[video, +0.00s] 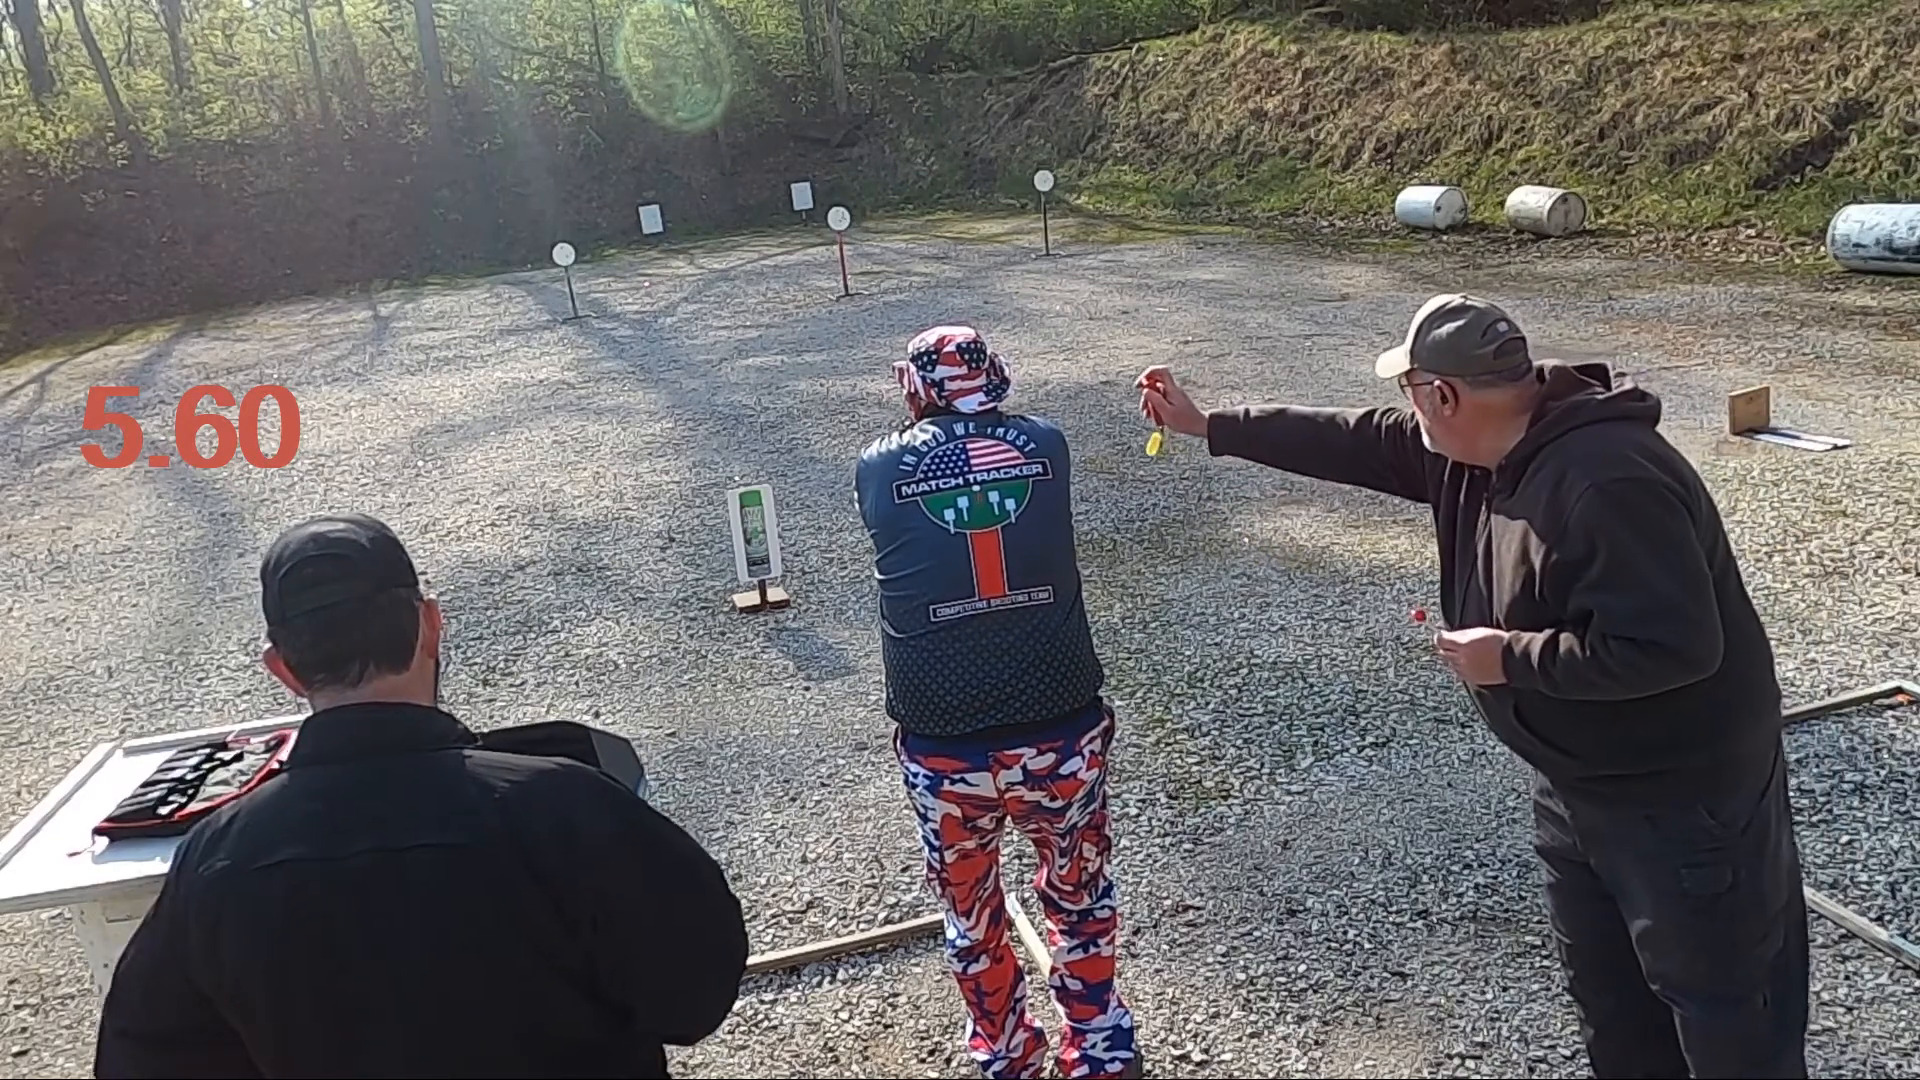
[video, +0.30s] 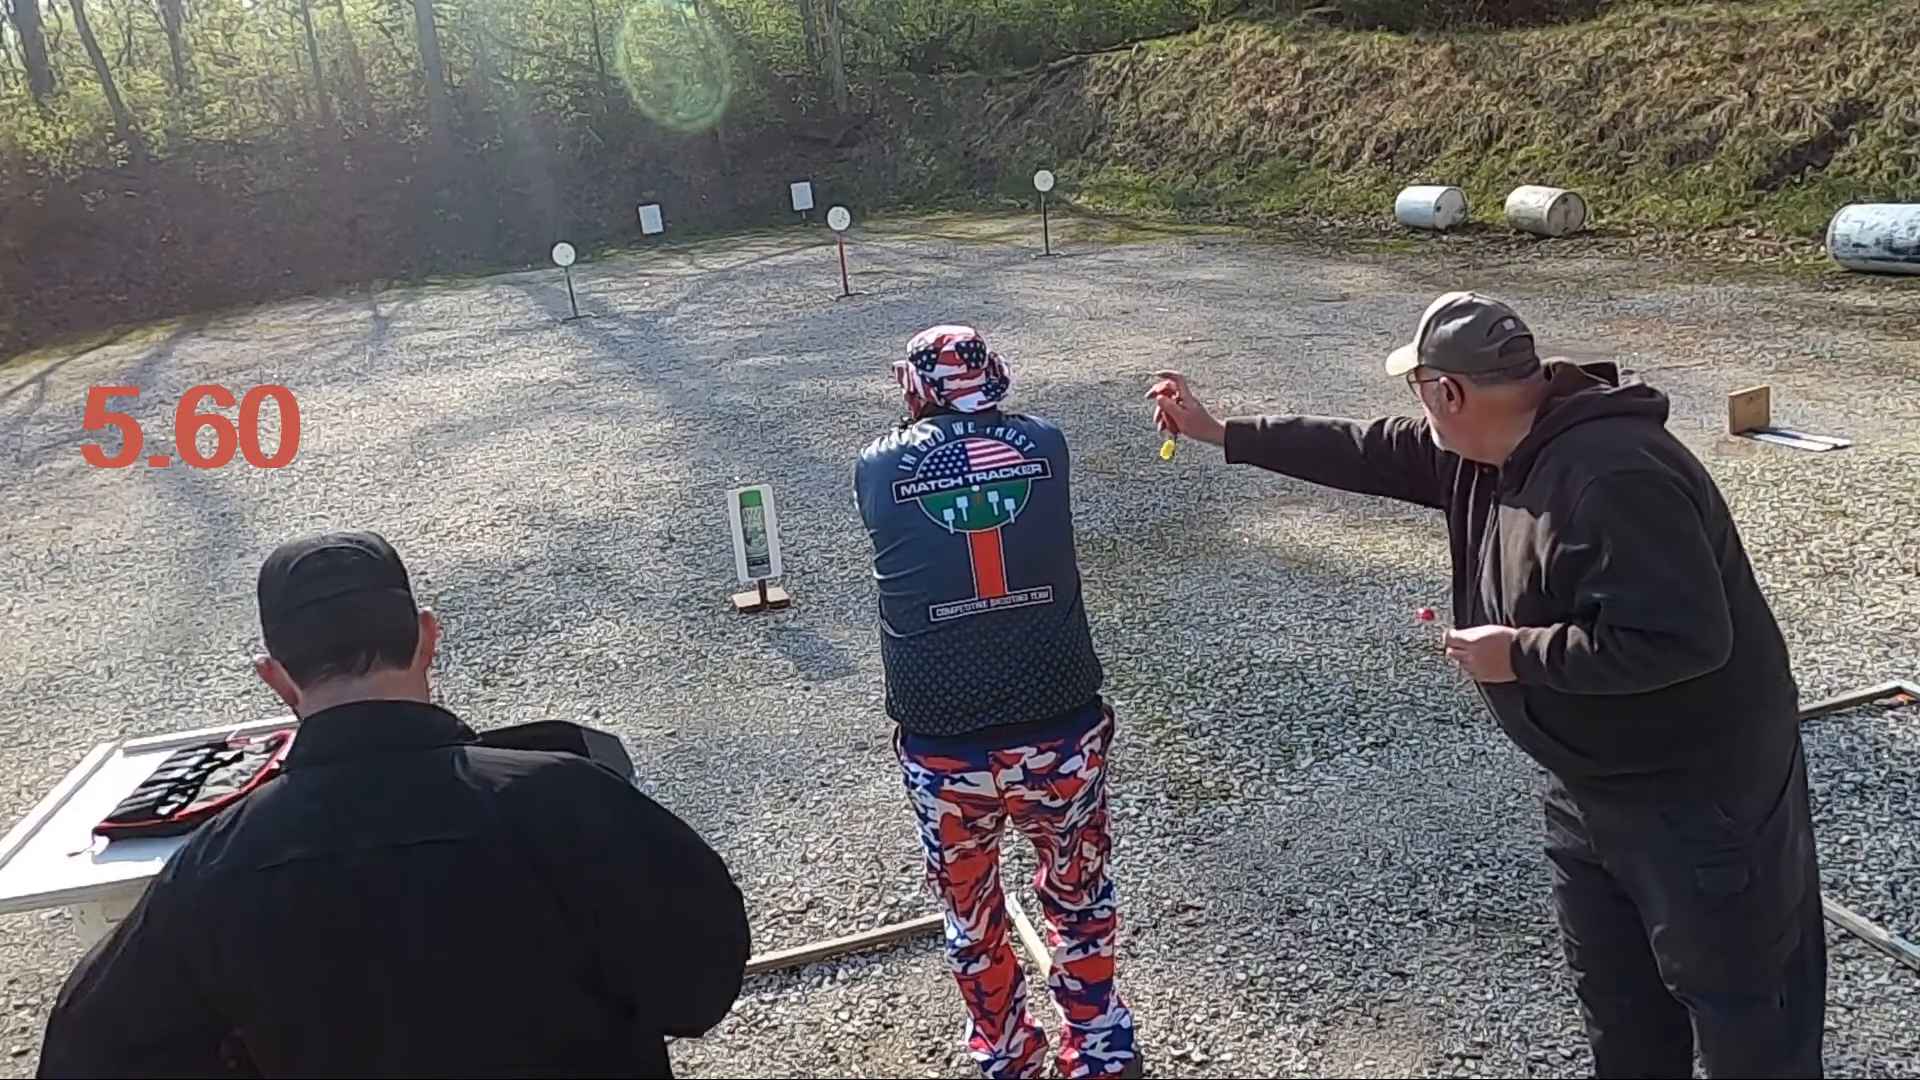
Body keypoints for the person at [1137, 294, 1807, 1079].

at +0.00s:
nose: (1409, 408)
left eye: (1410, 393)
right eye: (1407, 394)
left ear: (1446, 397)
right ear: (1478, 387)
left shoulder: (1610, 485)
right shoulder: (1472, 457)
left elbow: (1675, 648)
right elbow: (1355, 442)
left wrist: (1511, 656)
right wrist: (1207, 424)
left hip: (1692, 805)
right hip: (1582, 794)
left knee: (1730, 1032)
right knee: (1619, 1025)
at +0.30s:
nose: (1418, 407)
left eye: (1419, 392)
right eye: (1416, 393)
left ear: (1451, 395)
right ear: (1493, 383)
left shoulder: (1616, 478)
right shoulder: (1480, 458)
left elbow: (1684, 638)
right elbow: (1364, 451)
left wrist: (1520, 653)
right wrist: (1216, 429)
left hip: (1709, 805)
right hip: (1592, 795)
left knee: (1746, 1033)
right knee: (1626, 1026)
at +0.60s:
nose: (1457, 408)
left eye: (1455, 391)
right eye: (1453, 392)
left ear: (1483, 397)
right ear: (1549, 375)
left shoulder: (1629, 491)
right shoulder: (1558, 466)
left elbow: (1682, 658)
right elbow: (1496, 529)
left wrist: (1527, 659)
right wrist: (1365, 520)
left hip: (1725, 815)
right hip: (1621, 800)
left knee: (1784, 1050)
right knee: (1638, 1036)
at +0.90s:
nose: (1532, 422)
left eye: (1533, 405)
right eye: (1532, 404)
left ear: (1564, 413)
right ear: (1634, 390)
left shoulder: (1696, 520)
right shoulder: (1657, 470)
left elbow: (1740, 705)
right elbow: (1647, 587)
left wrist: (1585, 687)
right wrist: (1537, 579)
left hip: (1791, 848)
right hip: (1681, 819)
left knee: (1829, 1062)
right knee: (1657, 1038)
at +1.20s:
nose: (1611, 426)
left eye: (1612, 409)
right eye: (1608, 409)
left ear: (1649, 416)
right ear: (1728, 392)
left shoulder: (1795, 531)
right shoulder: (1733, 488)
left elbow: (1838, 725)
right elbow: (1715, 603)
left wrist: (1666, 701)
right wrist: (1600, 593)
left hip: (1842, 881)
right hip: (1747, 855)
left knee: (1855, 1064)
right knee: (1698, 1056)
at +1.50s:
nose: (1689, 425)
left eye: (1688, 407)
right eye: (1685, 407)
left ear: (1726, 416)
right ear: (1813, 394)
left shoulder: (1851, 547)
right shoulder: (1821, 487)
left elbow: (1867, 752)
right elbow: (1792, 597)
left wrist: (1711, 702)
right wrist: (1686, 590)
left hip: (1868, 889)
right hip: (1803, 857)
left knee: (1872, 1064)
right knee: (1731, 1056)